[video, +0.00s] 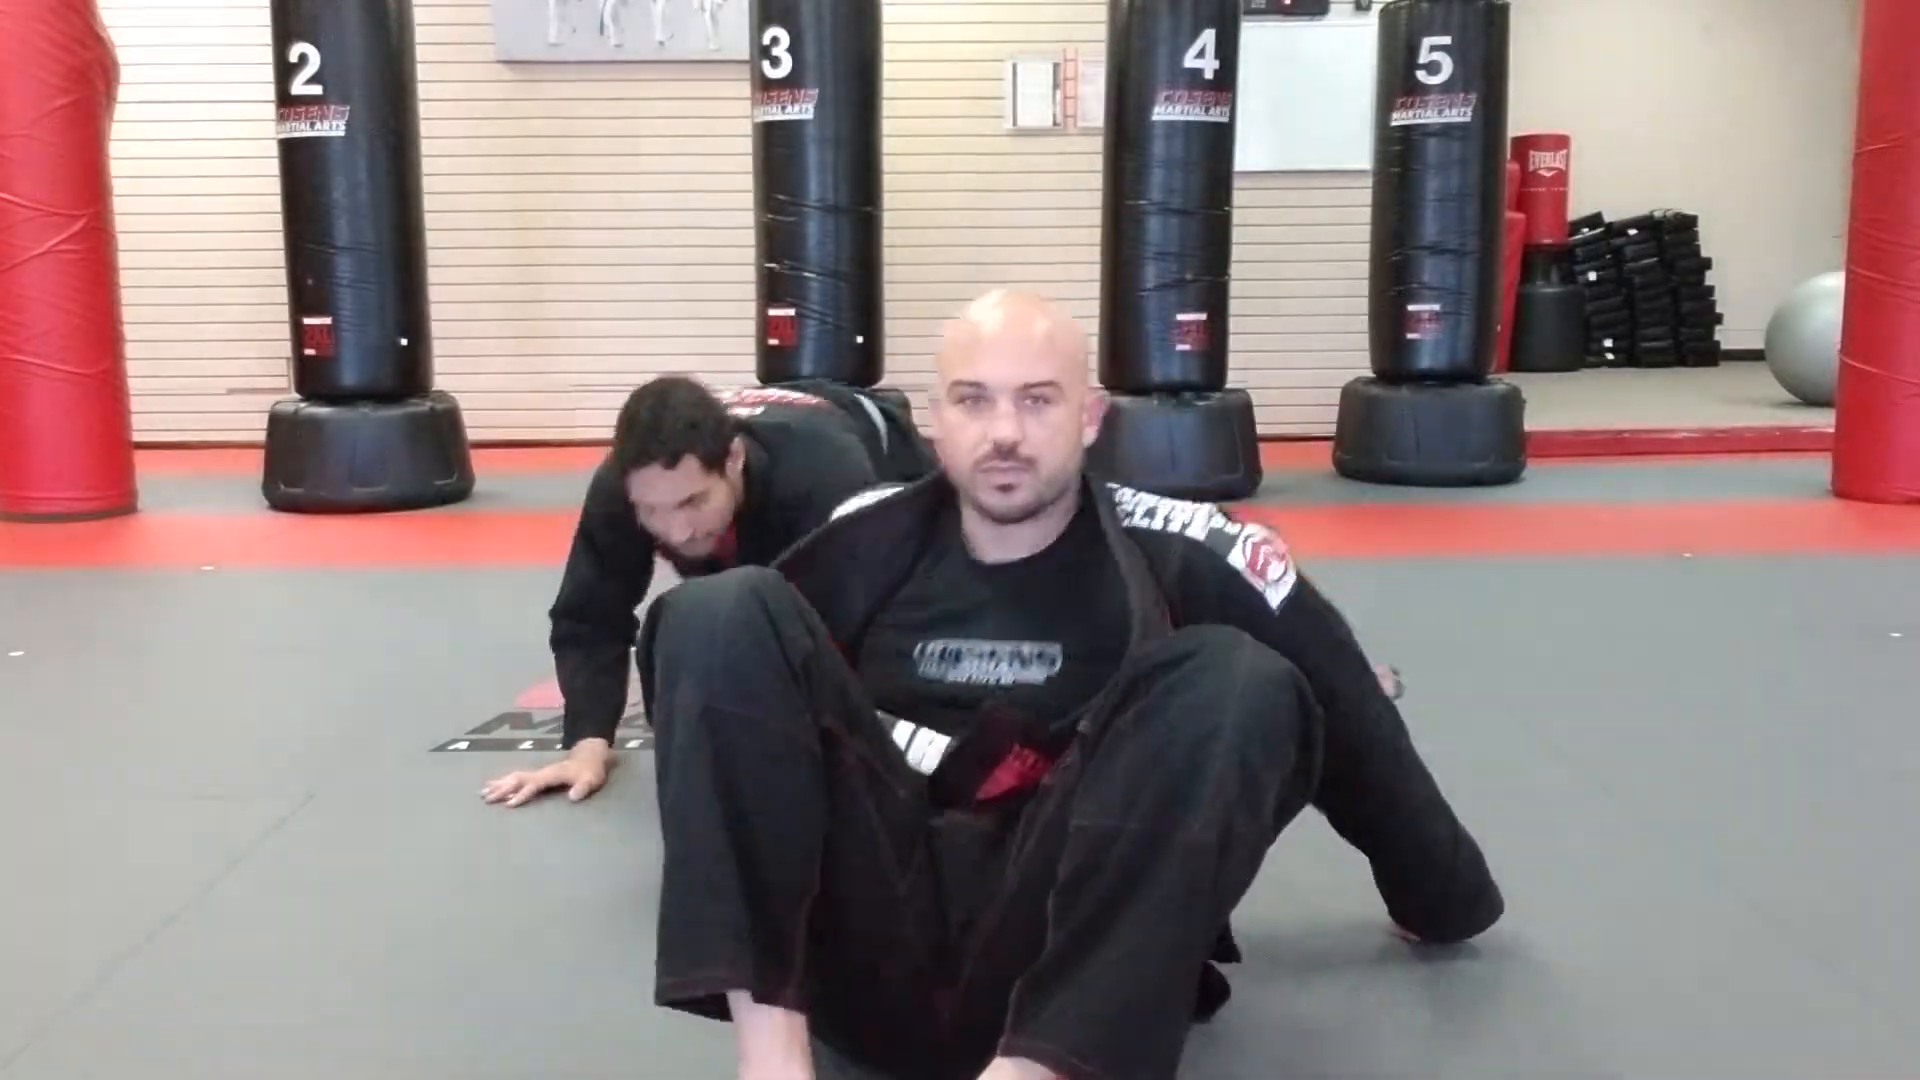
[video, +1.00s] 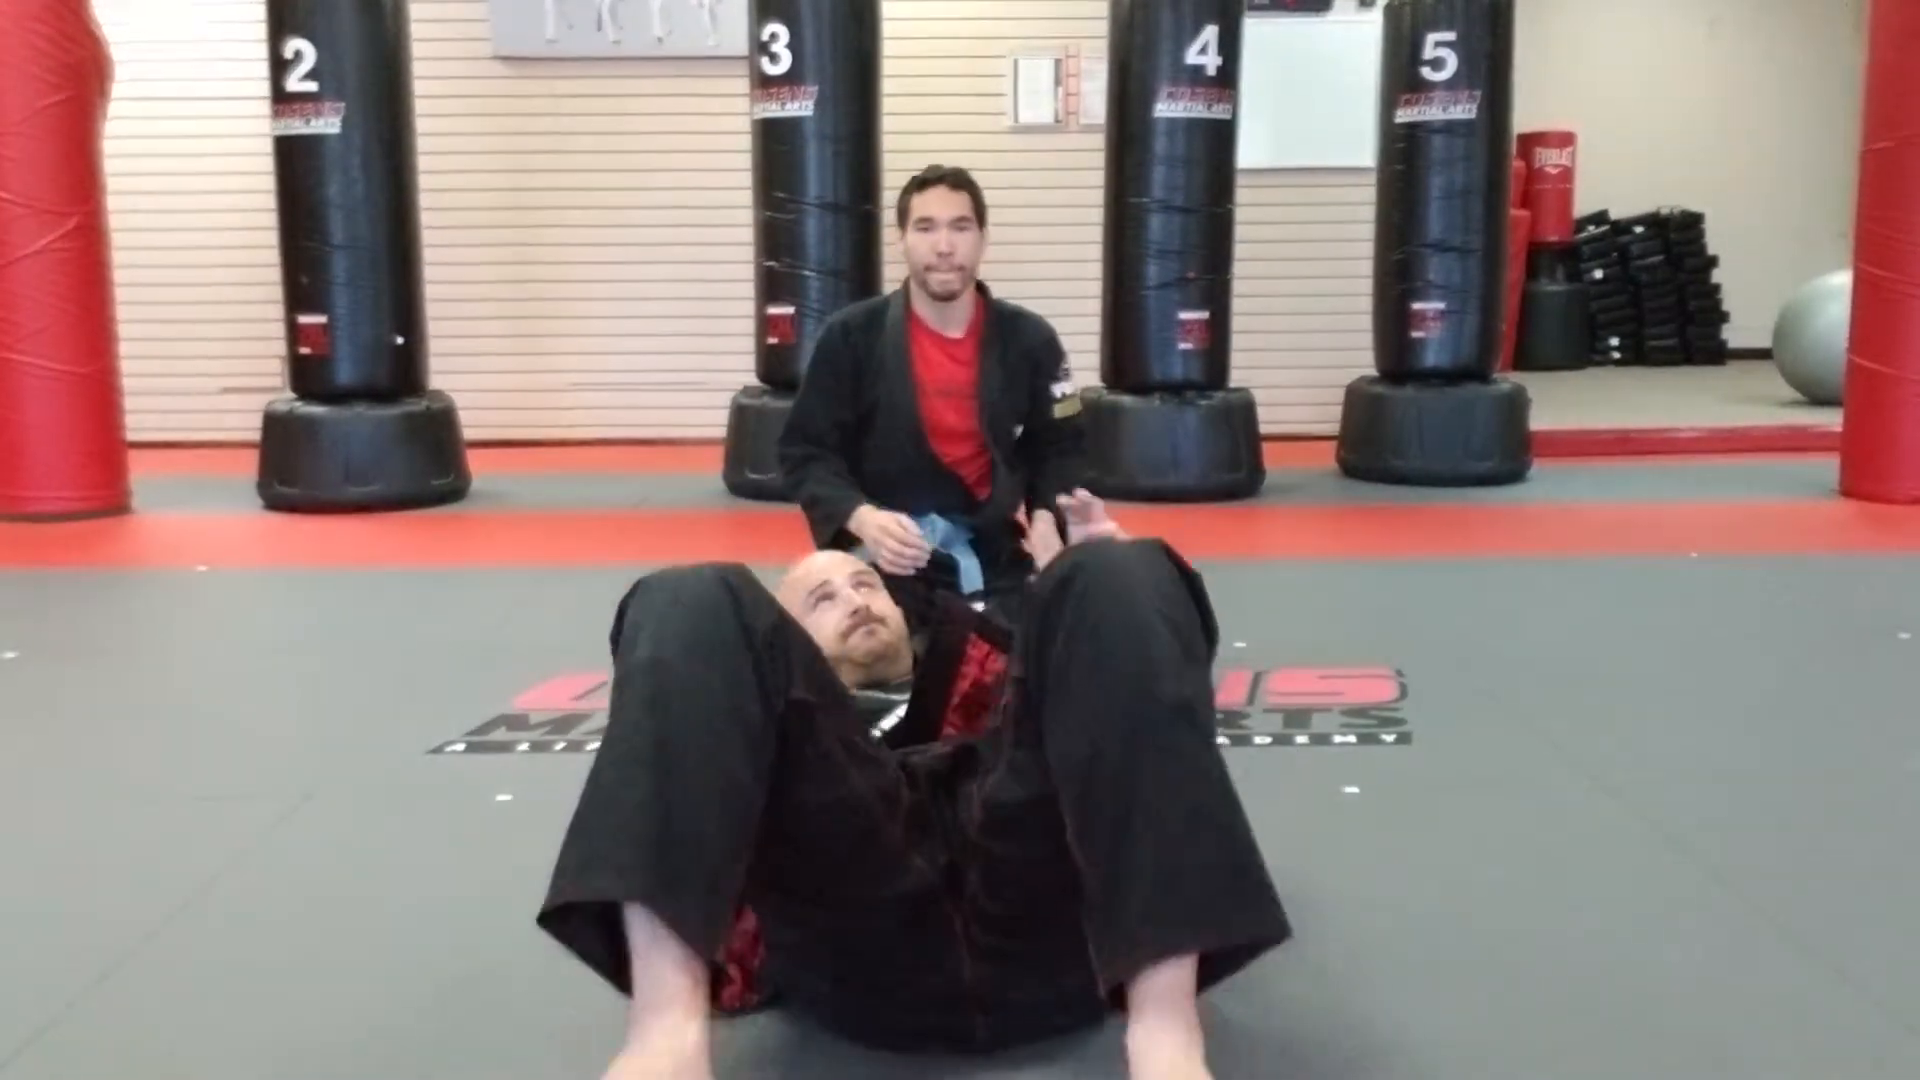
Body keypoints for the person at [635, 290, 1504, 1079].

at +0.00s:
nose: (1003, 432)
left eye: (1036, 401)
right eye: (973, 401)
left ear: (1092, 416)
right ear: (933, 419)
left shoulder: (1189, 554)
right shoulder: (855, 552)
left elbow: (1357, 732)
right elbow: (759, 720)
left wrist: (1445, 904)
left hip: (1065, 937)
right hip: (863, 933)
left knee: (1241, 682)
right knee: (723, 616)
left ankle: (1042, 1058)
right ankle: (769, 1043)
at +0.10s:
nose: (964, 441)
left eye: (995, 404)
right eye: (930, 408)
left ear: (1056, 404)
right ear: (895, 411)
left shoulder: (1159, 538)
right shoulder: (829, 539)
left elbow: (1341, 723)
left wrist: (1439, 915)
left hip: (1059, 934)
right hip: (852, 933)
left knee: (1225, 686)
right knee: (683, 639)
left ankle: (1036, 1062)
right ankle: (717, 1046)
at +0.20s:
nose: (952, 425)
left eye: (981, 389)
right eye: (918, 395)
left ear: (1035, 394)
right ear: (878, 407)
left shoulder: (1138, 528)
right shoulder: (818, 537)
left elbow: (1323, 711)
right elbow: (701, 699)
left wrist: (1407, 935)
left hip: (1043, 913)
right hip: (842, 922)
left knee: (1202, 664)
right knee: (638, 697)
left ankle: (1050, 1062)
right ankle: (640, 1053)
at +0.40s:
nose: (929, 462)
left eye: (955, 432)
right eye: (897, 436)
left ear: (1001, 446)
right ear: (852, 458)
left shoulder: (1079, 590)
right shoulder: (783, 588)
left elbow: (1232, 752)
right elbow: (695, 743)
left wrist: (1288, 880)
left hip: (1025, 932)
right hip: (825, 938)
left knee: (1157, 611)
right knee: (657, 696)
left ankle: (1070, 1056)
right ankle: (641, 1062)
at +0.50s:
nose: (908, 497)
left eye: (933, 469)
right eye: (878, 473)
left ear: (976, 481)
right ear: (833, 494)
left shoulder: (1054, 605)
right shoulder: (772, 609)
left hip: (1030, 938)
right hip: (829, 935)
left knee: (1138, 582)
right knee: (668, 663)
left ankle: (1129, 1027)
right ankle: (730, 1058)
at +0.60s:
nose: (891, 535)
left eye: (912, 509)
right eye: (859, 515)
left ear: (950, 519)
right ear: (812, 543)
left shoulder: (1037, 614)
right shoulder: (760, 643)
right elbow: (678, 779)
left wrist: (1068, 579)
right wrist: (650, 1002)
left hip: (1045, 949)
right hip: (845, 960)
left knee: (1126, 553)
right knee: (674, 620)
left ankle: (1171, 965)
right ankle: (782, 1035)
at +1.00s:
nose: (847, 596)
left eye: (855, 581)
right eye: (818, 603)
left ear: (903, 593)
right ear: (798, 663)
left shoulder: (1024, 661)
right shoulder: (795, 736)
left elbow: (1176, 659)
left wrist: (1097, 575)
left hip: (1061, 959)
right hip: (863, 976)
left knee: (1119, 571)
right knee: (681, 598)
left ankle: (1167, 1027)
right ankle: (667, 1026)